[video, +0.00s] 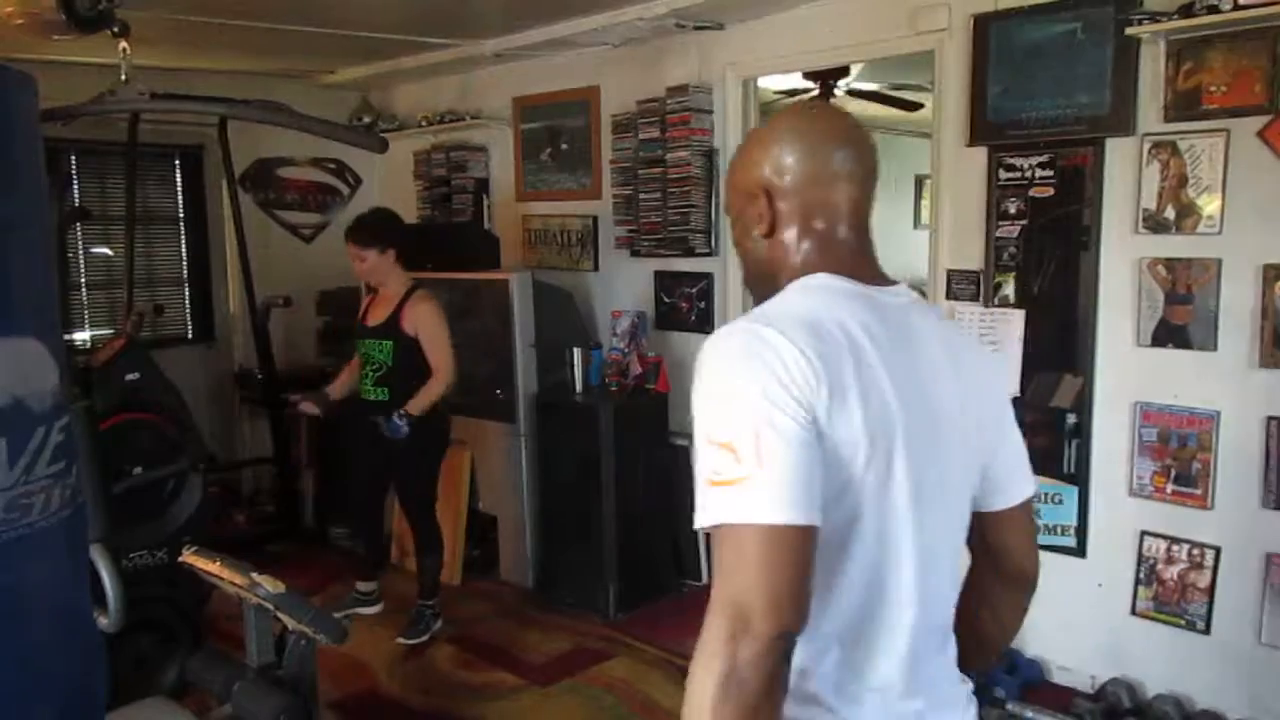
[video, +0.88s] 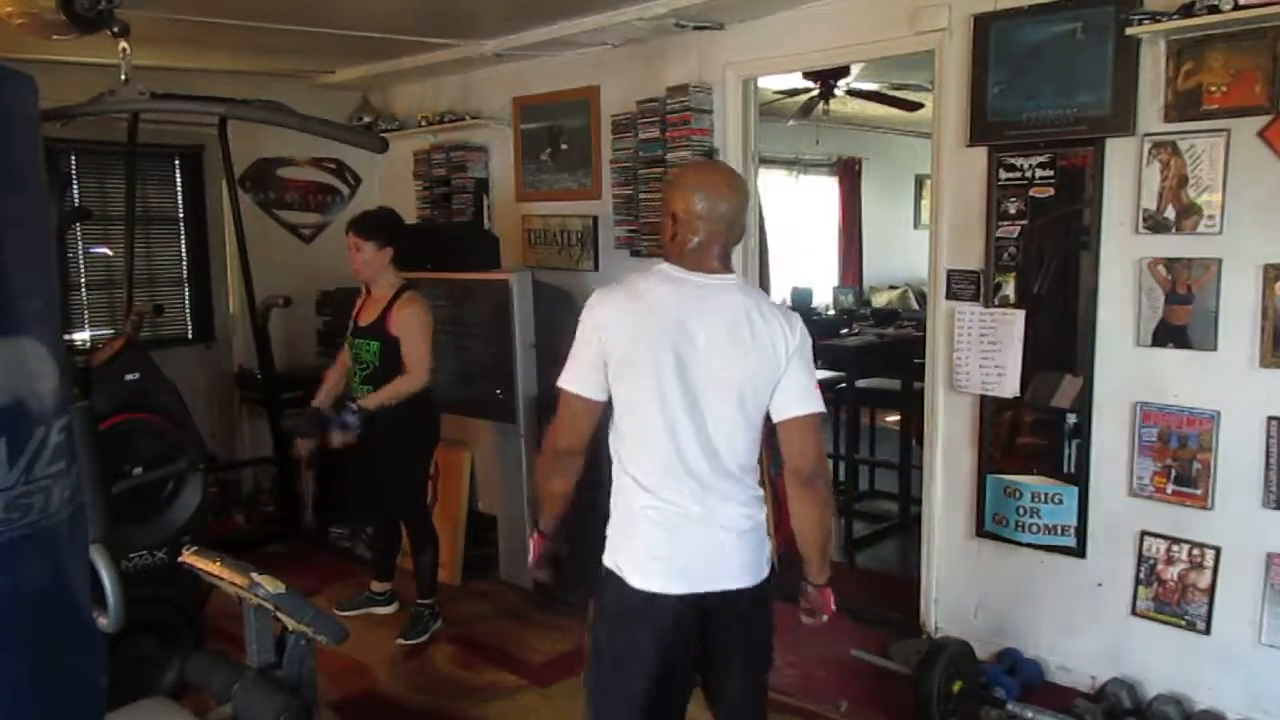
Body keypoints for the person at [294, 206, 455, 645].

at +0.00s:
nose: (354, 268)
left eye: (361, 259)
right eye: (352, 259)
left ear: (390, 255)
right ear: (371, 256)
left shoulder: (421, 306)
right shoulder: (371, 300)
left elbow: (444, 374)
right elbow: (362, 362)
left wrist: (407, 414)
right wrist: (326, 398)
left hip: (416, 426)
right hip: (372, 424)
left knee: (419, 511)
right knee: (367, 505)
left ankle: (428, 605)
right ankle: (368, 589)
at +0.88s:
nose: (353, 258)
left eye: (363, 249)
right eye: (351, 249)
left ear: (389, 252)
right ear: (352, 252)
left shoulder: (410, 307)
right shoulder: (364, 301)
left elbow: (419, 375)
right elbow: (345, 363)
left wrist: (363, 405)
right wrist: (317, 410)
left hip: (411, 423)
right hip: (376, 420)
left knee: (413, 509)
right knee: (381, 507)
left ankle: (427, 604)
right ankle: (380, 591)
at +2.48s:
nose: (289, 262)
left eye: (290, 255)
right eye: (290, 254)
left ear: (298, 258)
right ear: (332, 254)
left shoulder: (303, 310)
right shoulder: (353, 302)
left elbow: (309, 376)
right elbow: (372, 364)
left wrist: (291, 436)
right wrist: (362, 404)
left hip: (321, 425)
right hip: (357, 419)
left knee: (300, 506)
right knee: (362, 503)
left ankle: (294, 589)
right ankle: (379, 586)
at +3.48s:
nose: (237, 261)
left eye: (237, 256)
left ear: (240, 260)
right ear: (278, 258)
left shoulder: (227, 311)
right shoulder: (300, 307)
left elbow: (218, 375)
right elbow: (320, 364)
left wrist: (216, 413)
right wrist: (301, 396)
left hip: (248, 422)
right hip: (292, 418)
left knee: (259, 499)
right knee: (289, 496)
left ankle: (273, 574)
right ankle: (290, 571)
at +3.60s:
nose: (238, 263)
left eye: (238, 257)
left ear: (241, 261)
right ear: (278, 260)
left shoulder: (225, 312)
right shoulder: (300, 308)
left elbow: (217, 375)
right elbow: (319, 363)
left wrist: (219, 408)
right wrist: (300, 392)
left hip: (246, 419)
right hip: (290, 416)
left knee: (245, 491)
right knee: (288, 490)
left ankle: (255, 559)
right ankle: (286, 562)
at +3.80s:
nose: (241, 261)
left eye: (238, 254)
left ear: (236, 258)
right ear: (274, 257)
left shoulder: (219, 311)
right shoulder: (297, 308)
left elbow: (210, 372)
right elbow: (315, 366)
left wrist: (220, 405)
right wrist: (301, 399)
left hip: (240, 418)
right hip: (287, 415)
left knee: (240, 489)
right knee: (287, 491)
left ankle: (245, 556)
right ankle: (285, 564)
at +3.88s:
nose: (236, 263)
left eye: (233, 257)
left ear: (234, 260)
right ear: (271, 258)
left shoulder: (216, 311)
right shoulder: (294, 309)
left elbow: (206, 371)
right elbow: (314, 367)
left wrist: (216, 407)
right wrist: (309, 403)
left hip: (238, 417)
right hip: (285, 414)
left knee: (237, 489)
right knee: (287, 491)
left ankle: (237, 559)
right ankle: (285, 561)